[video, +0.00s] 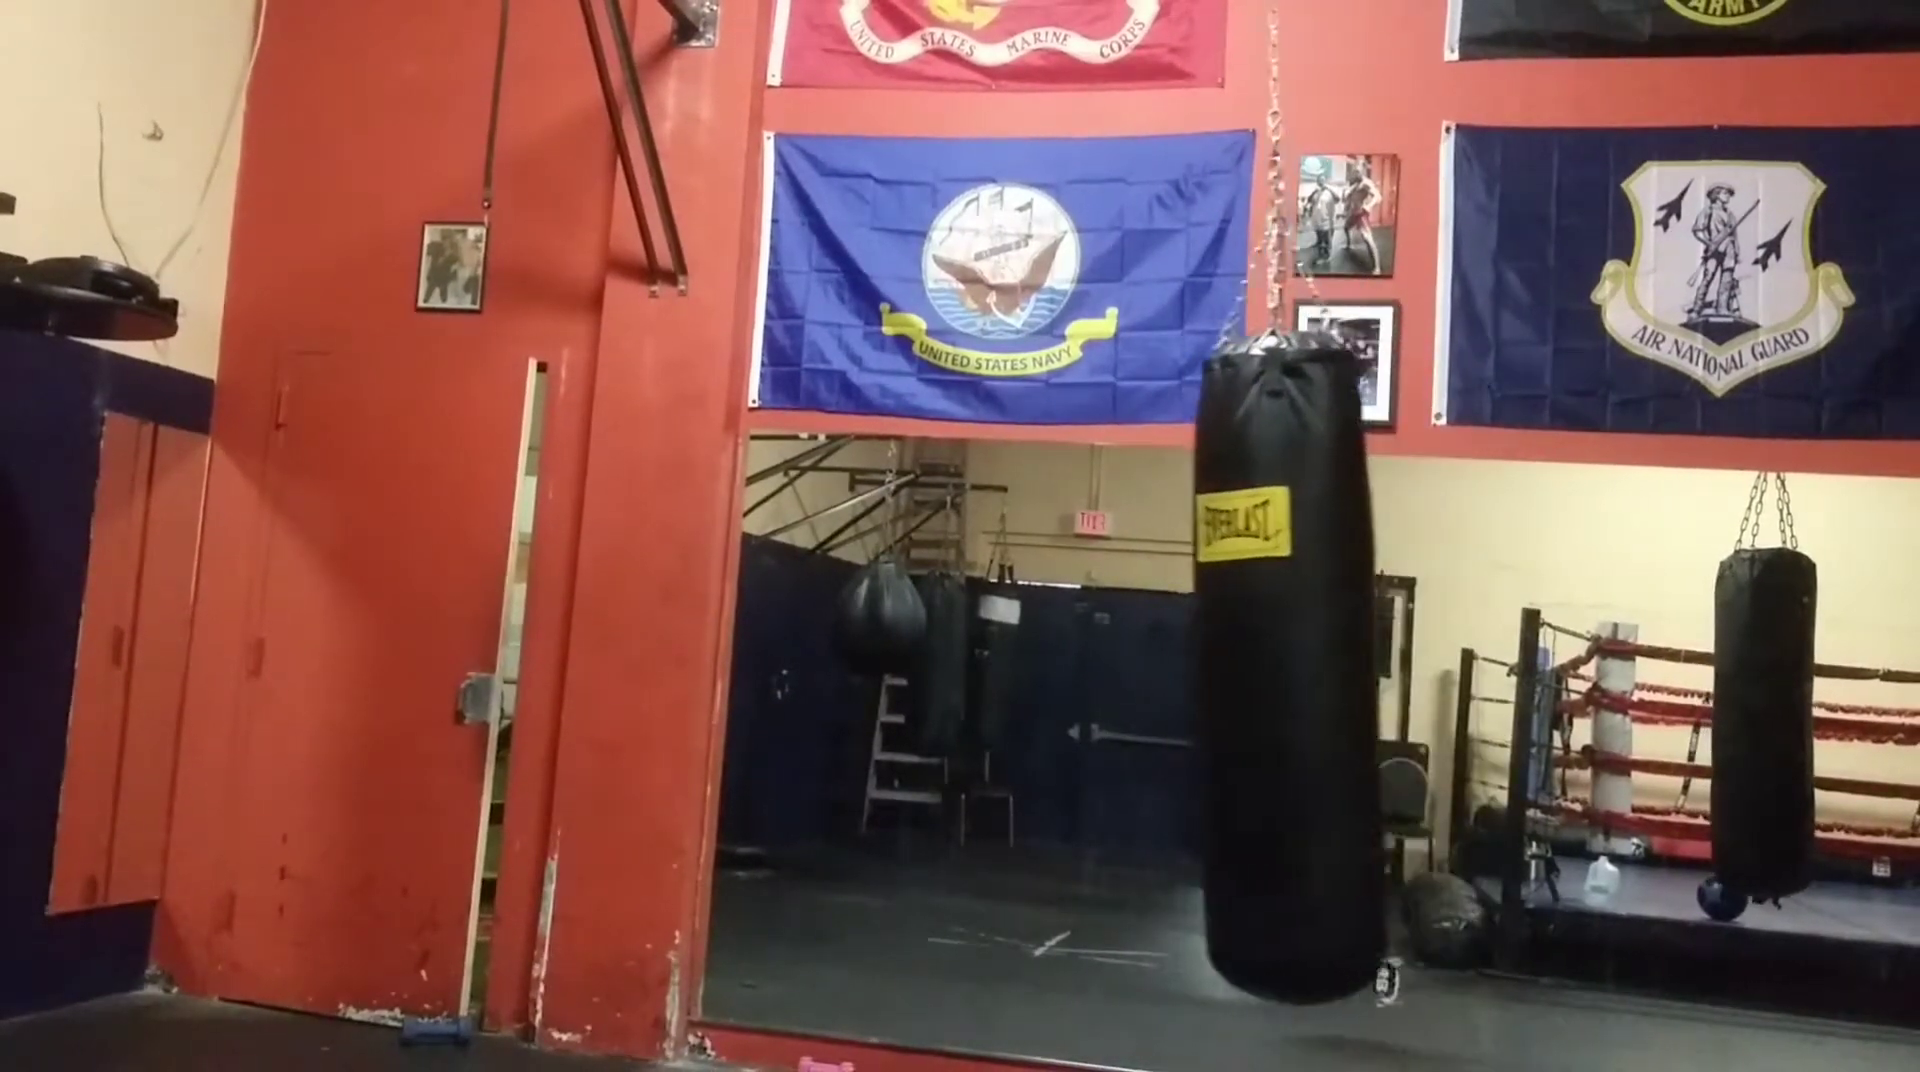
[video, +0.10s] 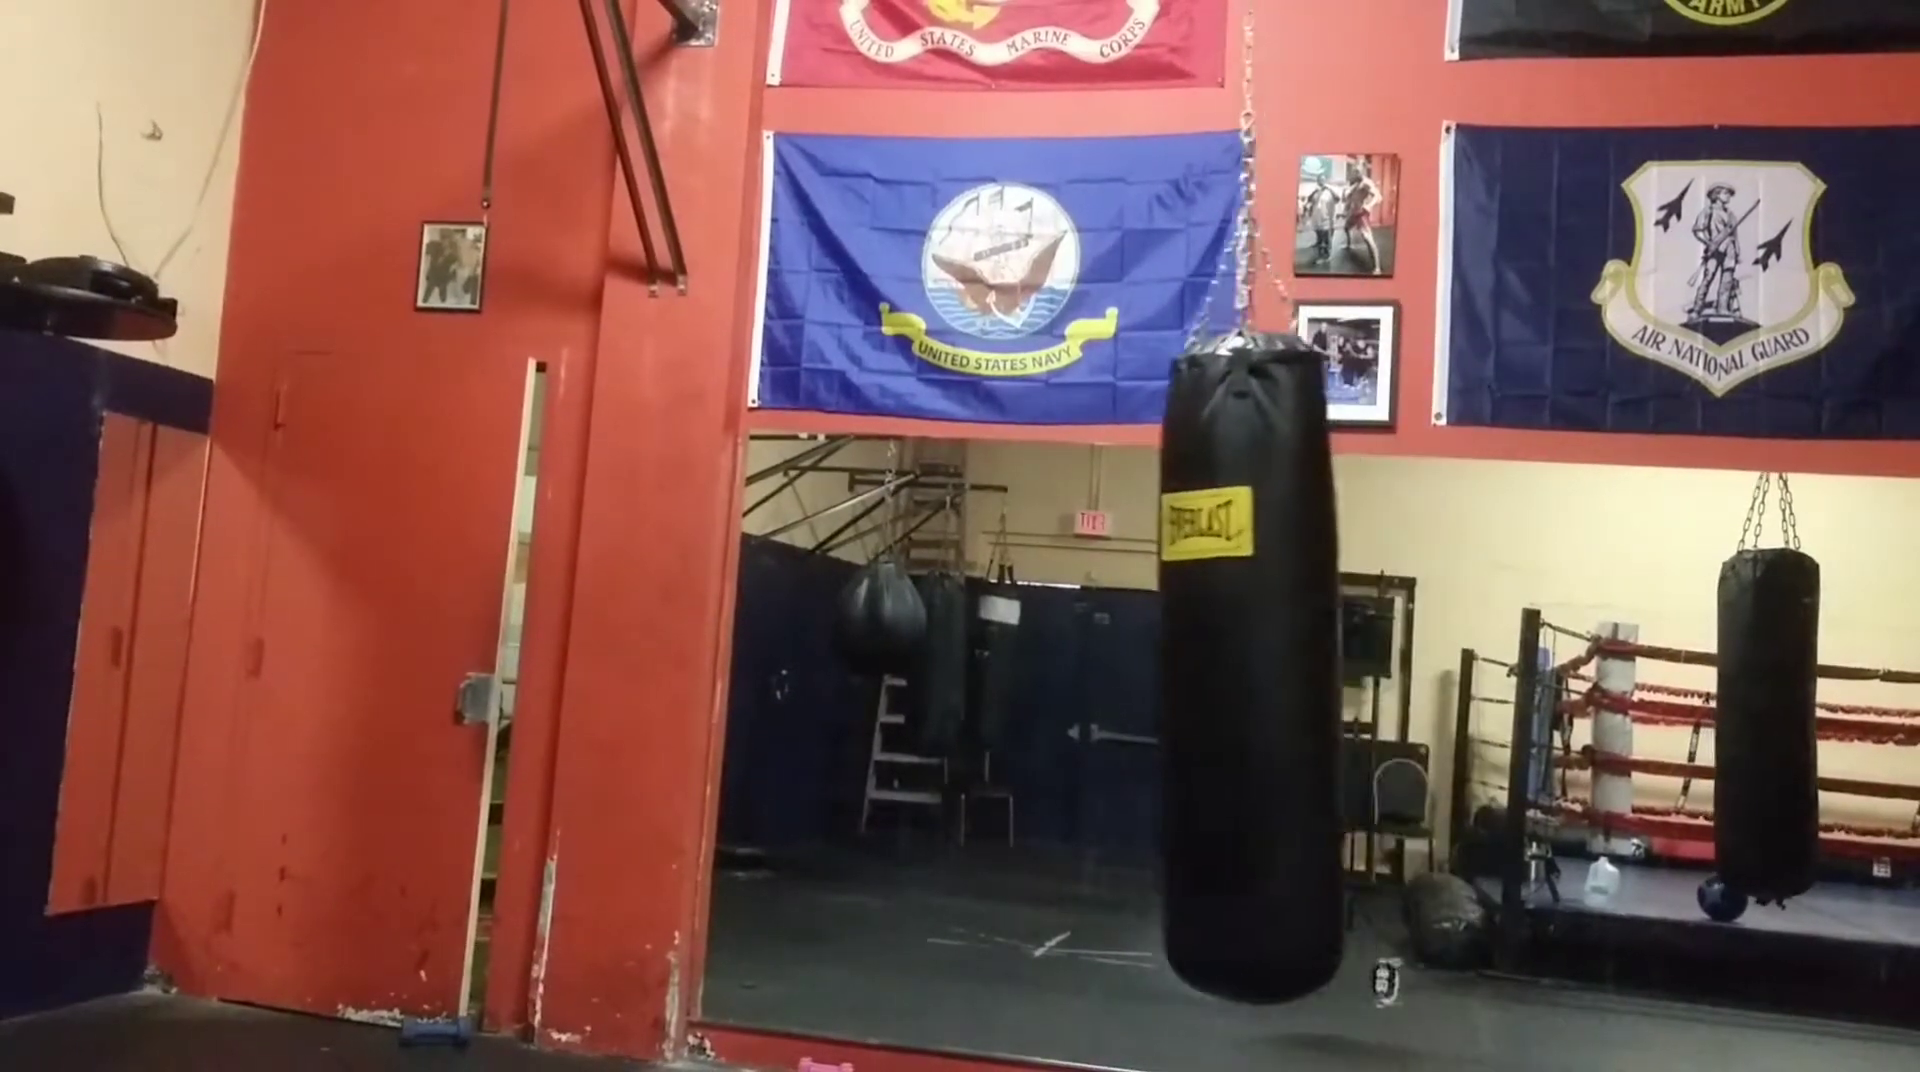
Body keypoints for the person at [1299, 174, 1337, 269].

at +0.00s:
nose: (1320, 184)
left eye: (1322, 181)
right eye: (1319, 182)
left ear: (1324, 181)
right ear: (1317, 183)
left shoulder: (1329, 192)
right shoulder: (1315, 193)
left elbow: (1337, 199)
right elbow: (1309, 200)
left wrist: (1328, 189)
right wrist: (1315, 192)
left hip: (1326, 217)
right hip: (1316, 217)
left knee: (1326, 238)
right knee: (1319, 238)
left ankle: (1326, 255)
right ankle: (1319, 254)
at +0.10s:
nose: (1320, 182)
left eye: (1322, 180)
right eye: (1319, 180)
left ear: (1324, 181)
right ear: (1317, 181)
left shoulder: (1329, 192)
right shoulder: (1315, 192)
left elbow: (1337, 199)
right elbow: (1309, 199)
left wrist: (1329, 189)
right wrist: (1315, 192)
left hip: (1326, 216)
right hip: (1316, 216)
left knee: (1326, 239)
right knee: (1319, 239)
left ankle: (1326, 255)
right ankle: (1319, 255)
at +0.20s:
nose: (1320, 182)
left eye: (1322, 180)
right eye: (1319, 180)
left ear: (1324, 180)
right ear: (1317, 181)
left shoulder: (1329, 191)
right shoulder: (1315, 192)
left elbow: (1337, 199)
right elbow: (1309, 199)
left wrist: (1328, 188)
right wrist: (1315, 192)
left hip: (1326, 216)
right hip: (1317, 216)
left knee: (1326, 238)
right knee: (1319, 238)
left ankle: (1326, 254)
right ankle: (1319, 254)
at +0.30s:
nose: (1320, 182)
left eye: (1321, 180)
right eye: (1318, 180)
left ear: (1324, 180)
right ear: (1316, 181)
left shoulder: (1329, 191)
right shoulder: (1315, 192)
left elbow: (1337, 199)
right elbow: (1309, 199)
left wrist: (1328, 188)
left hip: (1326, 217)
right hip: (1316, 217)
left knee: (1326, 239)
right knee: (1318, 239)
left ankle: (1325, 255)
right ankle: (1319, 255)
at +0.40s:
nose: (1320, 182)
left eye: (1321, 180)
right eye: (1318, 180)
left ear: (1324, 180)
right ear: (1316, 181)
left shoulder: (1329, 191)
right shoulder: (1315, 192)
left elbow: (1336, 199)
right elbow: (1309, 199)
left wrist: (1328, 189)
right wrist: (1314, 192)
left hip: (1326, 215)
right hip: (1316, 215)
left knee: (1326, 237)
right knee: (1318, 237)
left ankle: (1325, 254)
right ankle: (1319, 254)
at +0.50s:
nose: (1320, 183)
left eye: (1322, 180)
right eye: (1319, 181)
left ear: (1324, 181)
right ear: (1317, 182)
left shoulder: (1329, 192)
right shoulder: (1315, 193)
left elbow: (1337, 199)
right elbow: (1309, 199)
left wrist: (1328, 188)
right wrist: (1315, 192)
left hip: (1326, 216)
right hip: (1316, 216)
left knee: (1326, 238)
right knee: (1318, 238)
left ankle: (1325, 255)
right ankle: (1319, 254)